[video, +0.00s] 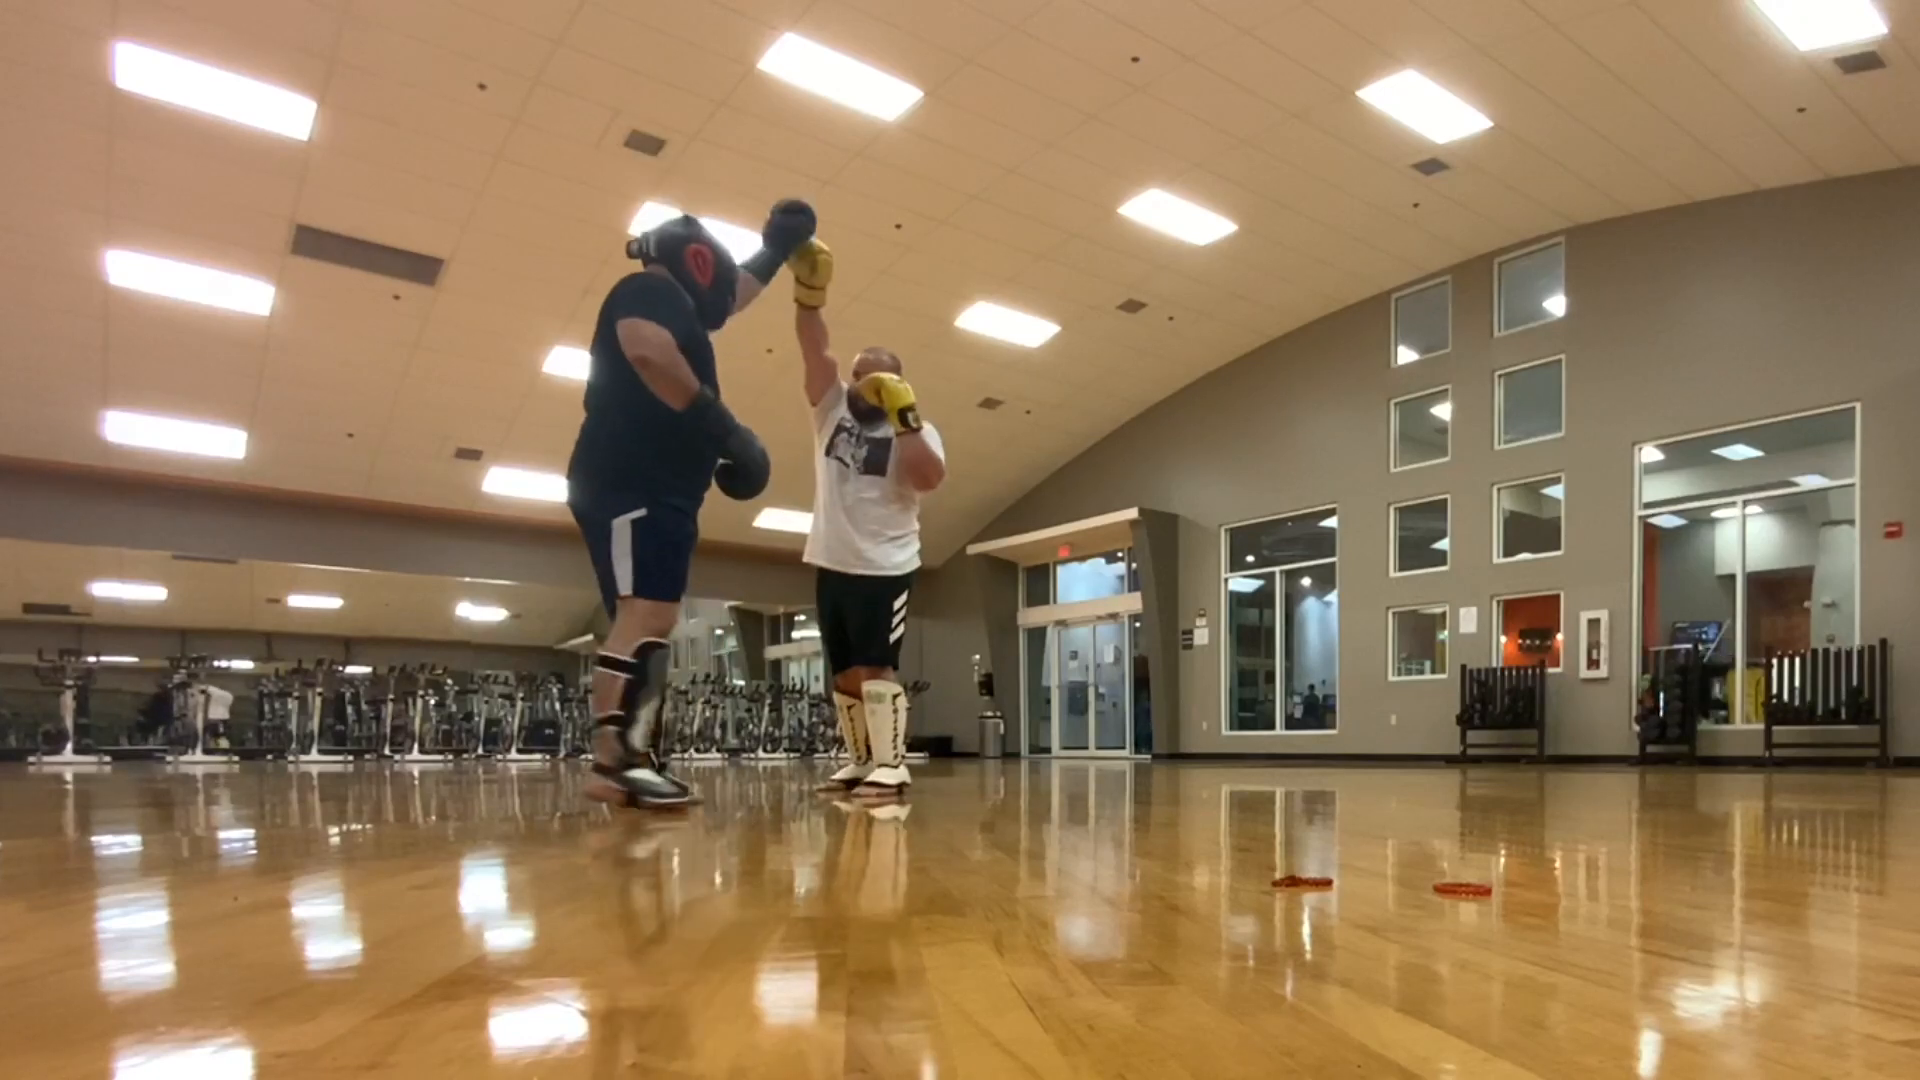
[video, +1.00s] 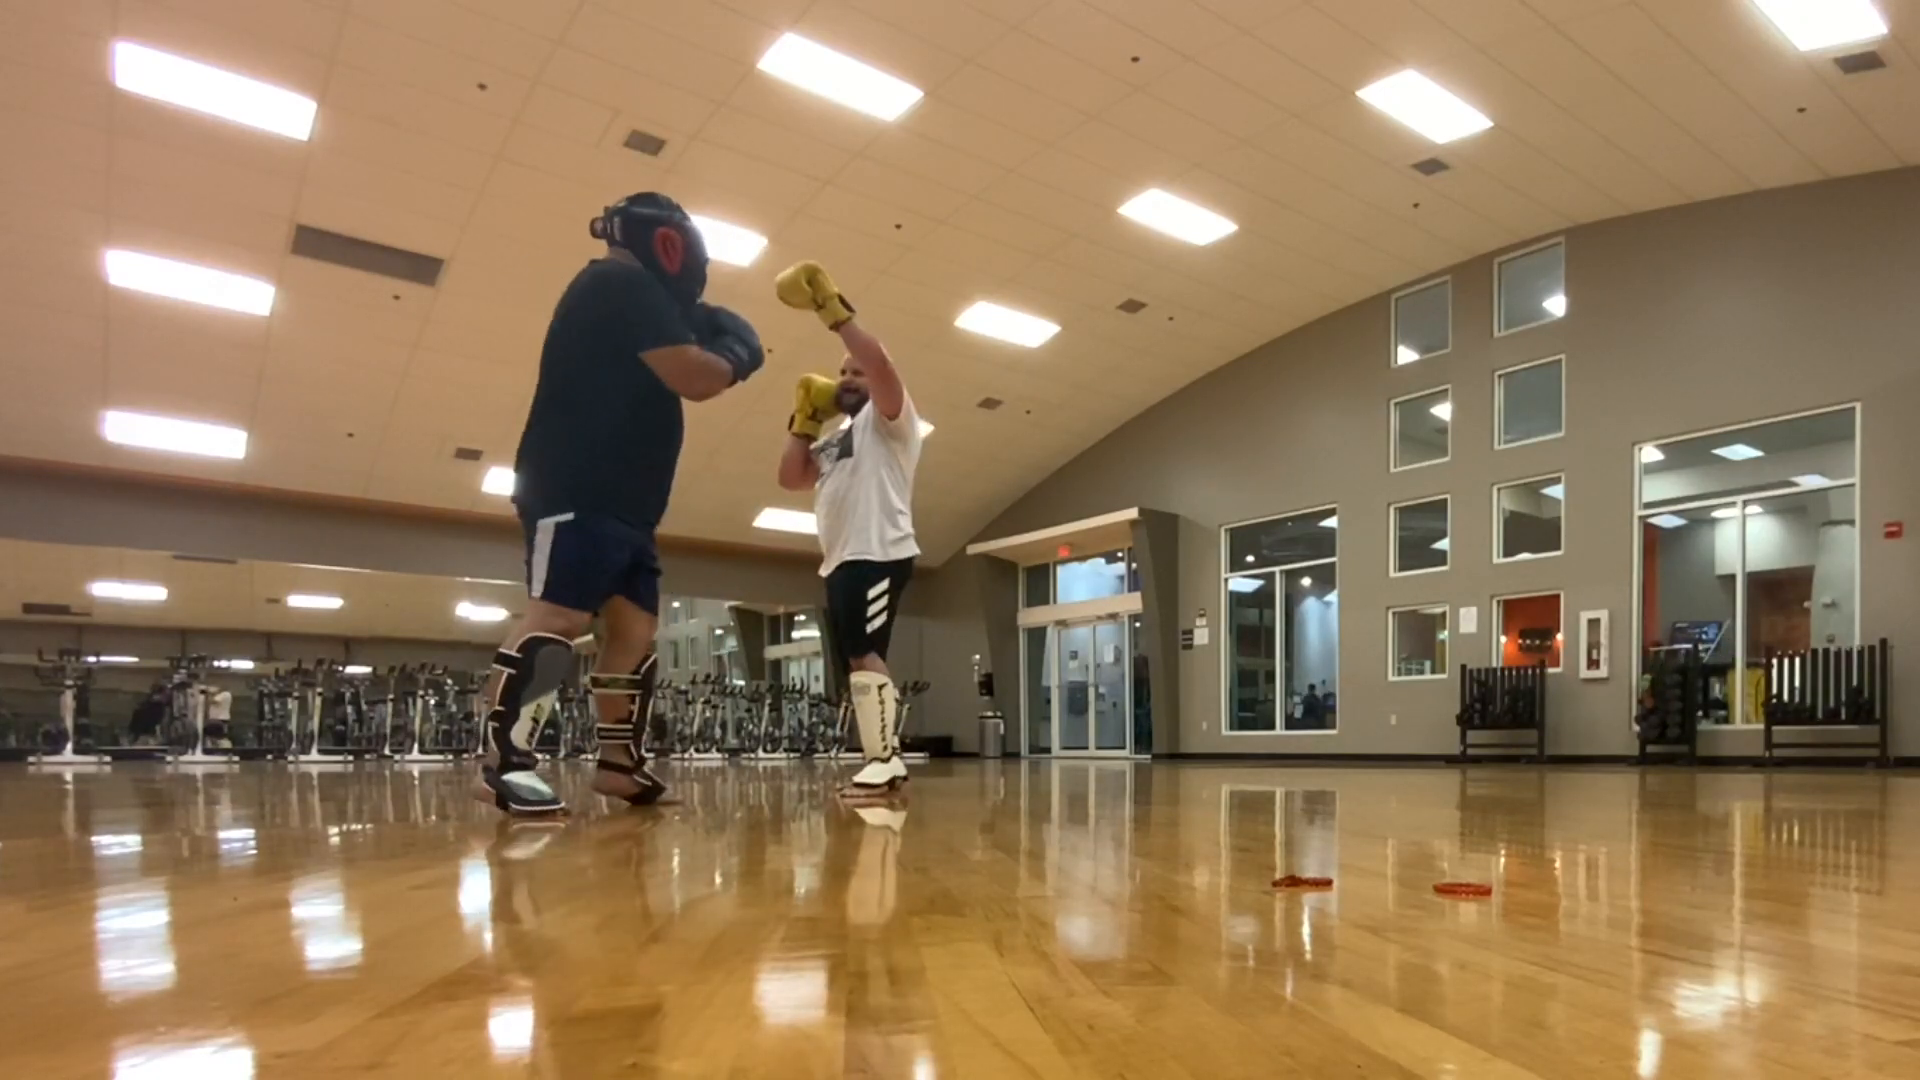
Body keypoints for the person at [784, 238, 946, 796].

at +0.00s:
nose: (856, 374)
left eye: (868, 370)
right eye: (855, 370)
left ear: (894, 381)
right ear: (849, 382)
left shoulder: (916, 429)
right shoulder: (834, 411)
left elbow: (926, 479)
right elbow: (815, 351)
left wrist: (904, 419)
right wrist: (808, 295)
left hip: (884, 562)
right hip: (833, 557)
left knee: (873, 667)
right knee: (842, 668)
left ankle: (889, 768)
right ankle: (859, 761)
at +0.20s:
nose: (870, 370)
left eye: (881, 364)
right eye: (864, 365)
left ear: (902, 377)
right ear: (854, 374)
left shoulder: (921, 424)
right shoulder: (837, 405)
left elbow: (930, 469)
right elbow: (786, 375)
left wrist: (903, 408)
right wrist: (791, 325)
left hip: (892, 561)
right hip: (841, 559)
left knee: (881, 665)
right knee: (846, 668)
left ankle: (892, 770)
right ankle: (862, 760)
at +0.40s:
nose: (866, 375)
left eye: (878, 366)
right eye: (861, 367)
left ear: (897, 378)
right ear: (851, 377)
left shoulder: (912, 422)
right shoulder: (837, 425)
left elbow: (933, 455)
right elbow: (780, 452)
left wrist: (898, 399)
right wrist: (796, 403)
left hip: (893, 561)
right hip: (844, 564)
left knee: (884, 663)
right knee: (850, 668)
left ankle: (892, 771)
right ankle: (876, 763)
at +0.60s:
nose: (851, 384)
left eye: (861, 376)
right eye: (844, 378)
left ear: (880, 383)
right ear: (837, 392)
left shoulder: (897, 420)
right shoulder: (834, 440)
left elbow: (921, 427)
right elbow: (789, 475)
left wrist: (878, 374)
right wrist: (803, 422)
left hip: (892, 551)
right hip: (847, 559)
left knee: (865, 645)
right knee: (863, 655)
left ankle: (888, 755)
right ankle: (882, 756)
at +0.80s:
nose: (851, 381)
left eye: (862, 374)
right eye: (847, 374)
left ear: (882, 384)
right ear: (839, 388)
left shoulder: (895, 424)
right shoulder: (838, 442)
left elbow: (888, 371)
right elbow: (793, 479)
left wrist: (845, 319)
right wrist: (806, 424)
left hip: (883, 550)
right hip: (845, 558)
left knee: (861, 654)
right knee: (856, 660)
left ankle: (882, 759)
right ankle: (878, 760)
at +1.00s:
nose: (848, 381)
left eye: (859, 375)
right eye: (844, 374)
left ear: (877, 384)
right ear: (836, 386)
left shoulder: (890, 422)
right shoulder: (835, 441)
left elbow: (879, 366)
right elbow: (791, 478)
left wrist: (836, 315)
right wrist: (804, 423)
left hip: (878, 548)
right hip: (842, 556)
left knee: (863, 657)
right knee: (856, 662)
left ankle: (882, 762)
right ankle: (880, 760)